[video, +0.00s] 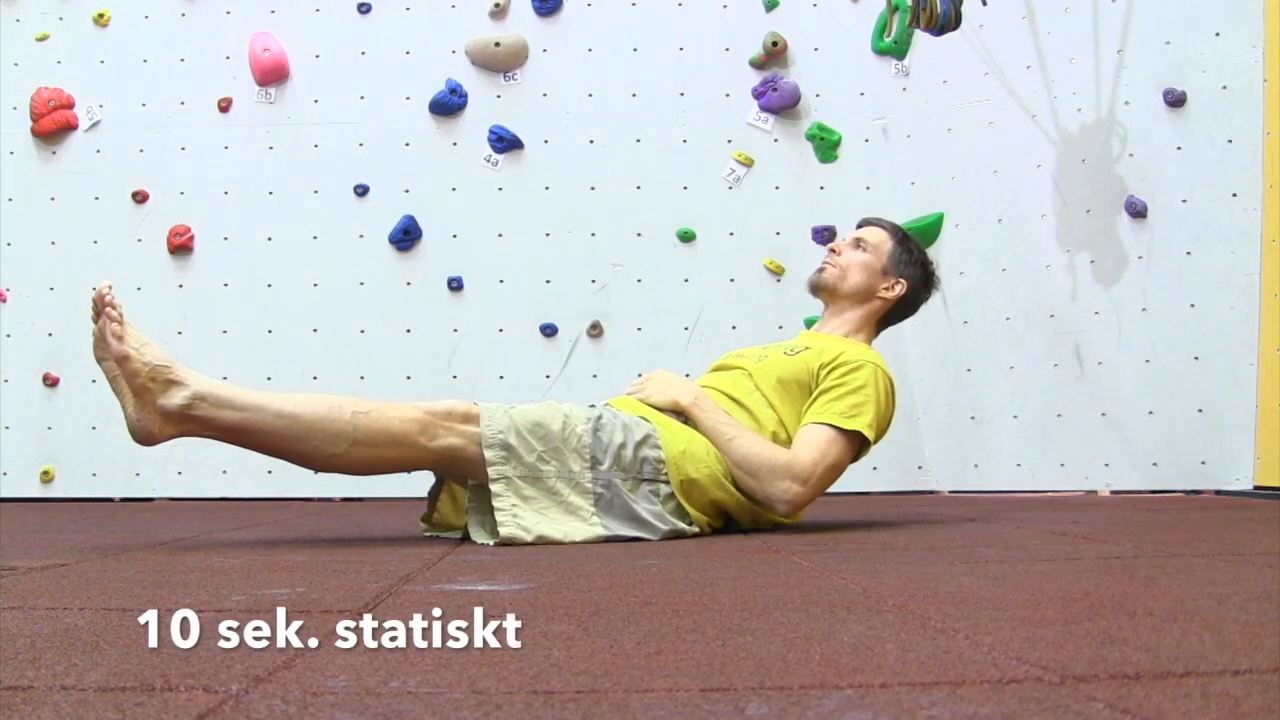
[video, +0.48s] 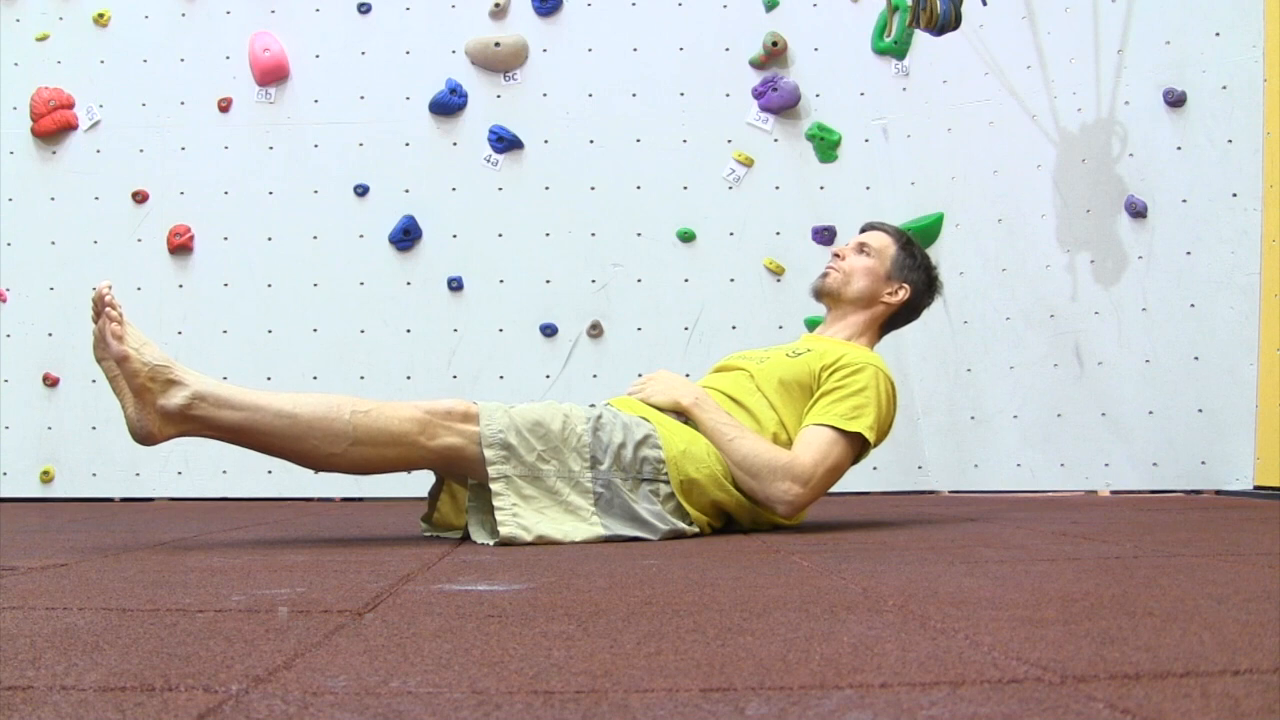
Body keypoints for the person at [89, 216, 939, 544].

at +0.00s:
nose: (833, 247)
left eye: (857, 247)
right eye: (841, 239)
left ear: (889, 292)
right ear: (843, 274)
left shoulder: (859, 368)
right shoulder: (797, 354)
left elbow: (790, 490)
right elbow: (749, 466)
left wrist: (696, 399)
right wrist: (674, 402)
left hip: (663, 460)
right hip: (641, 446)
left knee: (442, 428)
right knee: (429, 431)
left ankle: (177, 400)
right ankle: (178, 403)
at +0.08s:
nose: (834, 248)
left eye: (858, 247)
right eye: (841, 240)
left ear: (890, 292)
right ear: (845, 274)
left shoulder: (859, 369)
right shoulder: (798, 354)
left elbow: (790, 490)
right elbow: (750, 467)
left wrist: (696, 399)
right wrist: (674, 402)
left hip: (662, 461)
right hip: (641, 447)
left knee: (441, 428)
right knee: (428, 432)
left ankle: (177, 401)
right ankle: (178, 404)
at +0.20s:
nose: (835, 248)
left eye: (859, 248)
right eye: (843, 240)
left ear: (891, 293)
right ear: (845, 274)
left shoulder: (859, 369)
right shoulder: (799, 355)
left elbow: (790, 490)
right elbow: (750, 468)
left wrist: (696, 399)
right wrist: (674, 403)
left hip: (660, 460)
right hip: (640, 447)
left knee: (443, 429)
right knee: (429, 433)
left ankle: (177, 402)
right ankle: (177, 406)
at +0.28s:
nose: (837, 249)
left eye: (860, 248)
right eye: (845, 241)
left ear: (892, 292)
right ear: (848, 275)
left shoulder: (860, 370)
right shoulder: (800, 355)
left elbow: (790, 490)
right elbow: (752, 468)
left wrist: (696, 399)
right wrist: (675, 403)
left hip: (660, 460)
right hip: (640, 447)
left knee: (443, 428)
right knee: (430, 433)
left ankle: (177, 402)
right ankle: (177, 406)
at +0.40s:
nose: (838, 250)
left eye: (862, 249)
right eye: (847, 242)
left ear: (892, 294)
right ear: (851, 278)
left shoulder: (860, 371)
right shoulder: (800, 356)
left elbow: (791, 489)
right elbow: (751, 466)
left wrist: (697, 400)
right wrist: (674, 405)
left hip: (658, 460)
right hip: (639, 447)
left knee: (435, 427)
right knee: (422, 432)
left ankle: (176, 403)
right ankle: (177, 404)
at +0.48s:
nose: (839, 251)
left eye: (863, 250)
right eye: (847, 243)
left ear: (893, 294)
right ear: (848, 277)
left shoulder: (861, 372)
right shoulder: (798, 357)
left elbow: (790, 490)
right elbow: (752, 468)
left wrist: (696, 400)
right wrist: (675, 407)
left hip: (661, 462)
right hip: (641, 449)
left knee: (439, 427)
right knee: (427, 431)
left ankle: (179, 403)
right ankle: (179, 404)